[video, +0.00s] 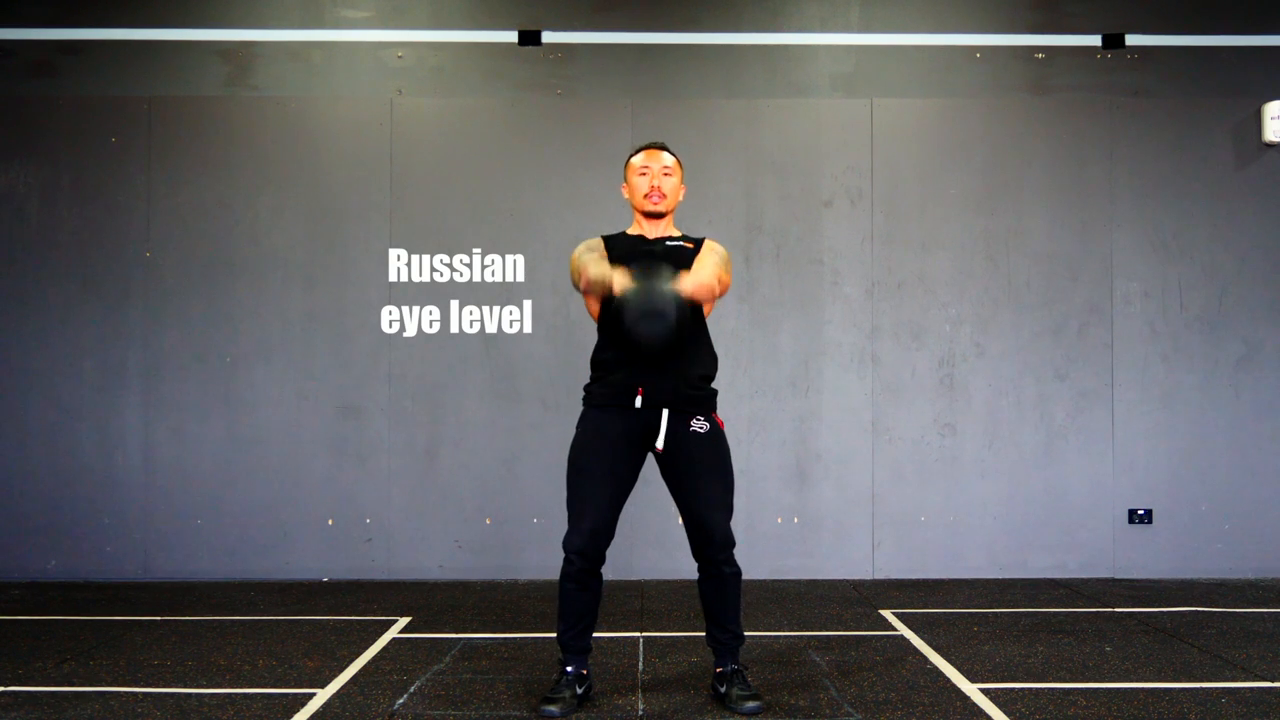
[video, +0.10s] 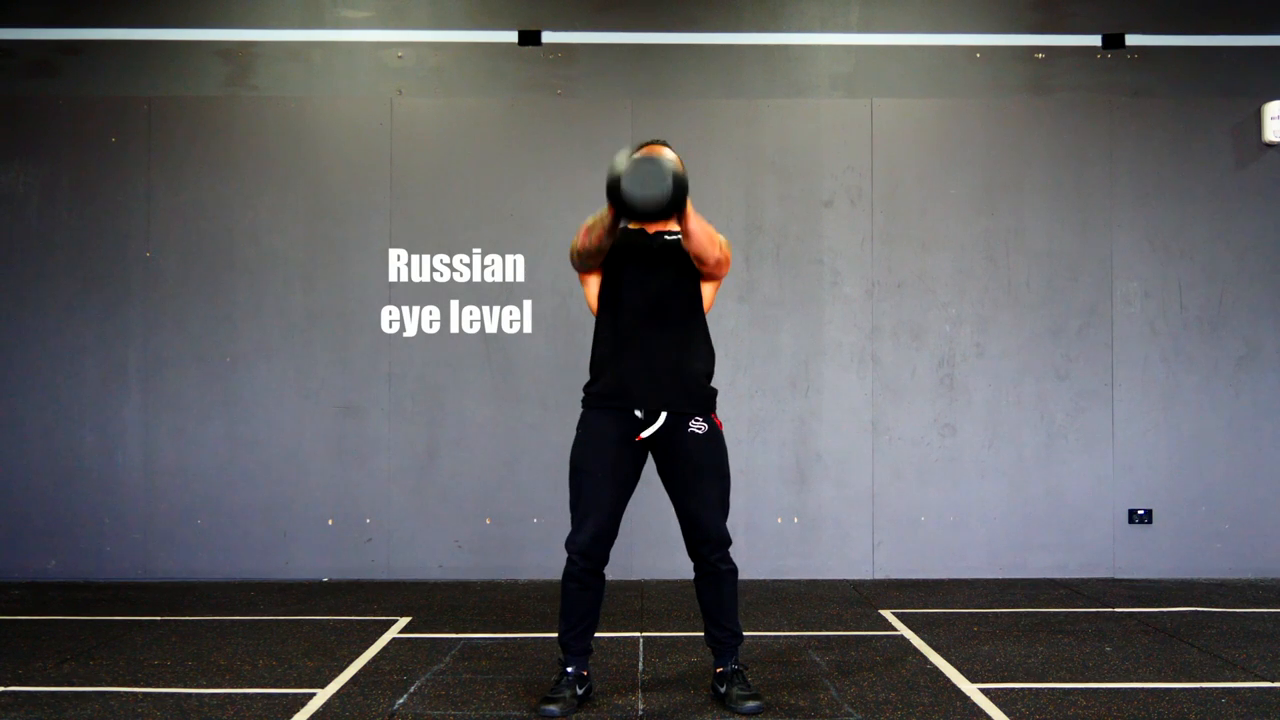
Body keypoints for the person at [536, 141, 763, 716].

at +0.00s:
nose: (655, 180)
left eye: (667, 172)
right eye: (644, 172)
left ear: (682, 189)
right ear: (625, 189)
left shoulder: (706, 251)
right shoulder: (597, 250)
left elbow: (707, 283)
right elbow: (594, 276)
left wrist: (671, 287)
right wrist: (622, 284)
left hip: (690, 415)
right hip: (612, 413)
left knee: (716, 543)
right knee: (583, 544)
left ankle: (729, 670)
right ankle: (573, 672)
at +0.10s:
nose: (655, 175)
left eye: (666, 165)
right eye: (645, 164)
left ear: (681, 183)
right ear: (626, 180)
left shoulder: (702, 249)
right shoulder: (601, 247)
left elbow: (715, 260)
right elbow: (583, 250)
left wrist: (679, 199)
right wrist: (618, 204)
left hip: (687, 413)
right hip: (611, 411)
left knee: (712, 545)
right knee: (586, 545)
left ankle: (729, 670)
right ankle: (573, 672)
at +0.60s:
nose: (647, 166)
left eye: (659, 159)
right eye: (636, 159)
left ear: (676, 179)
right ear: (620, 179)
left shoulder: (701, 240)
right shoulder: (596, 242)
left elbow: (707, 269)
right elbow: (581, 262)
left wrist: (668, 267)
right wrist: (607, 266)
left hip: (687, 415)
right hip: (608, 413)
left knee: (713, 543)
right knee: (581, 544)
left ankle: (729, 670)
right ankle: (571, 672)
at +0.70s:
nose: (646, 167)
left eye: (658, 159)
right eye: (635, 159)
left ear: (676, 179)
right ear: (619, 178)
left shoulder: (705, 249)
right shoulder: (588, 248)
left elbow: (699, 311)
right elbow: (590, 308)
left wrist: (669, 357)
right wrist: (619, 352)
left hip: (685, 413)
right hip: (608, 412)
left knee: (722, 544)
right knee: (572, 545)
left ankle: (730, 670)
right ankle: (571, 672)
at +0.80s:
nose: (646, 179)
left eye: (659, 170)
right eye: (634, 170)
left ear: (676, 187)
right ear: (617, 187)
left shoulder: (706, 267)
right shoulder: (583, 267)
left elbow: (696, 357)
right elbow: (594, 358)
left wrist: (672, 431)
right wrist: (617, 429)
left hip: (686, 420)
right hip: (604, 420)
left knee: (736, 544)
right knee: (558, 545)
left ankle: (732, 670)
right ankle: (569, 673)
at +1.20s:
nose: (640, 228)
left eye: (651, 216)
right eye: (627, 217)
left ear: (671, 228)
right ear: (611, 229)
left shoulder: (707, 304)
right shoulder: (581, 311)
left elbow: (697, 402)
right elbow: (594, 410)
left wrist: (677, 475)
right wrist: (619, 479)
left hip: (688, 448)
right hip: (606, 448)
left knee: (746, 540)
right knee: (550, 544)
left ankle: (732, 671)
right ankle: (569, 675)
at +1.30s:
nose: (641, 202)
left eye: (652, 191)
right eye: (628, 192)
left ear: (670, 204)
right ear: (612, 206)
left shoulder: (705, 282)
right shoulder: (580, 288)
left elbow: (696, 377)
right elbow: (593, 383)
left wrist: (676, 457)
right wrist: (619, 458)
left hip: (688, 442)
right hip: (606, 441)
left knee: (742, 552)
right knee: (552, 553)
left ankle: (732, 674)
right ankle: (571, 676)